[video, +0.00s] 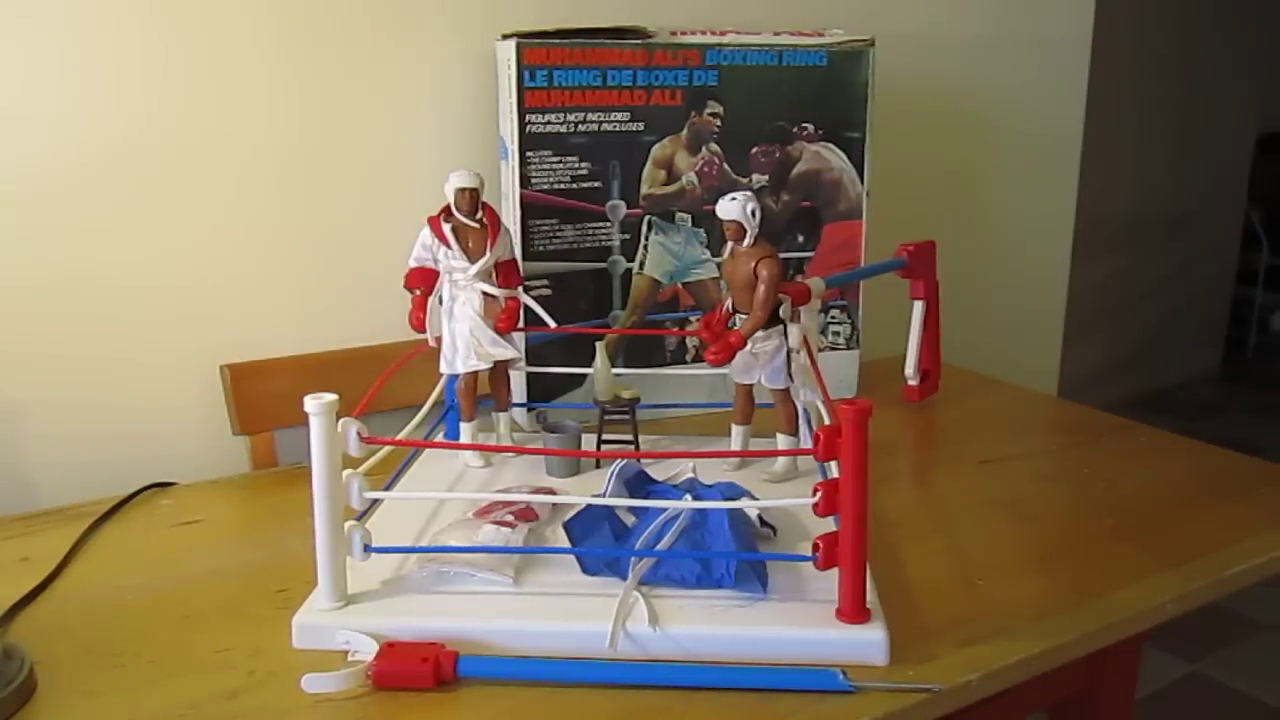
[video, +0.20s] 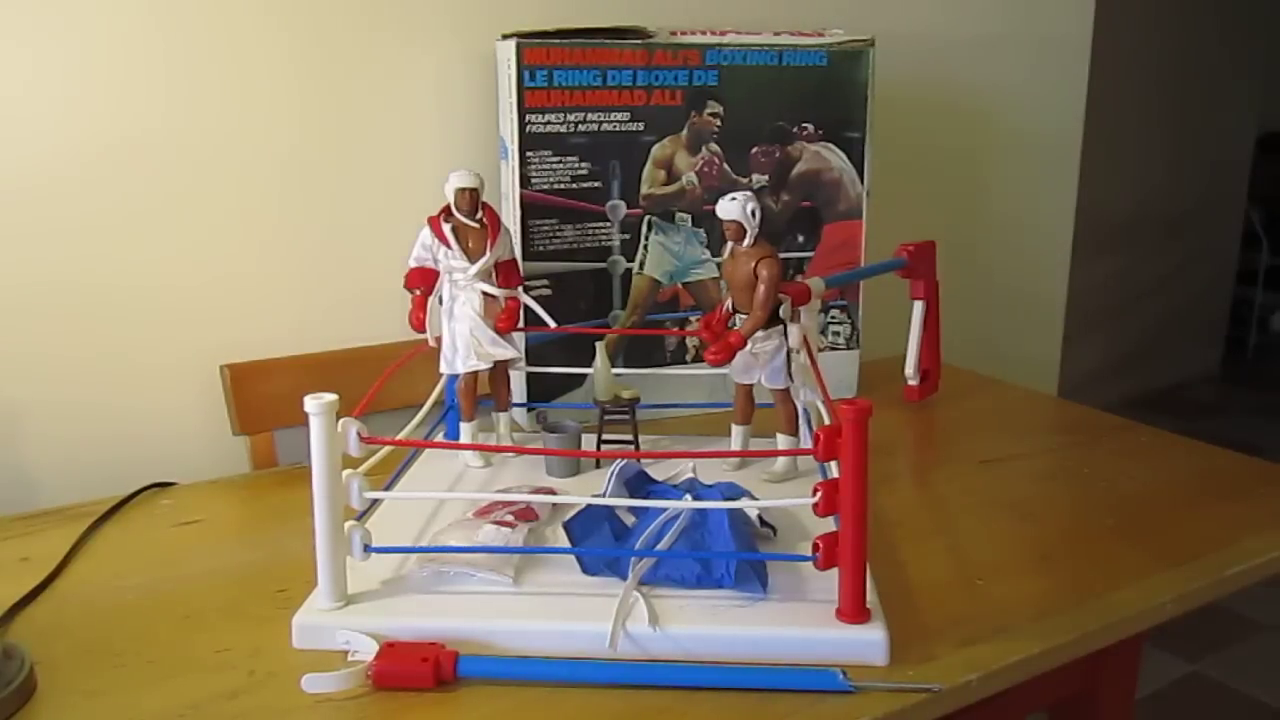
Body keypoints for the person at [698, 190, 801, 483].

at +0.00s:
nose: (725, 229)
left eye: (730, 224)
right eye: (723, 223)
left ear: (748, 224)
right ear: (724, 224)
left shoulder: (767, 262)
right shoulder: (731, 251)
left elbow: (761, 314)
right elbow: (734, 292)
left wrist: (736, 339)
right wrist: (720, 317)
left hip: (769, 334)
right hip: (743, 331)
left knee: (780, 392)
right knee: (742, 388)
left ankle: (787, 457)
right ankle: (738, 451)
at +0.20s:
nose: (725, 229)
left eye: (730, 224)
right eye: (723, 223)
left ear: (747, 224)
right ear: (725, 224)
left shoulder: (767, 263)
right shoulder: (731, 251)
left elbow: (761, 314)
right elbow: (734, 292)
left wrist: (736, 339)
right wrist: (720, 316)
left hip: (769, 334)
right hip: (743, 331)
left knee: (780, 392)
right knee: (742, 387)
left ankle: (787, 457)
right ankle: (738, 450)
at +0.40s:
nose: (725, 229)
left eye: (730, 224)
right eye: (723, 224)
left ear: (748, 224)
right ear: (724, 224)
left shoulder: (767, 262)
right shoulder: (731, 251)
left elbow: (761, 314)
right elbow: (734, 292)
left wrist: (736, 340)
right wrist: (720, 316)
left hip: (769, 333)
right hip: (743, 330)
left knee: (780, 392)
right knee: (742, 387)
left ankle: (787, 457)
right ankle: (737, 450)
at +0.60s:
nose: (725, 229)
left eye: (730, 224)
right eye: (723, 223)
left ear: (748, 224)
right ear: (724, 224)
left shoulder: (767, 263)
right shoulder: (730, 250)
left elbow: (761, 314)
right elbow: (734, 292)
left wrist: (735, 340)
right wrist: (719, 318)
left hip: (769, 333)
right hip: (742, 329)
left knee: (780, 391)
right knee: (742, 387)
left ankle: (787, 456)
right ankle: (737, 450)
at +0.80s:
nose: (725, 229)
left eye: (731, 223)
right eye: (723, 223)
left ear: (748, 224)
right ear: (724, 224)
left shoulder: (767, 263)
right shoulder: (731, 250)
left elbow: (761, 314)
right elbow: (734, 293)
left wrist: (736, 340)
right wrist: (719, 318)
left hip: (768, 333)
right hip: (742, 329)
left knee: (780, 391)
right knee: (742, 387)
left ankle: (787, 457)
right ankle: (737, 450)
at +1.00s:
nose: (725, 228)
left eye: (730, 223)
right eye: (723, 223)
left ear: (748, 223)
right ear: (724, 223)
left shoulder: (767, 263)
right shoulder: (731, 250)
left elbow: (761, 314)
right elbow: (735, 292)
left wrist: (736, 340)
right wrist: (719, 318)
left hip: (768, 333)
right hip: (742, 329)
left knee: (780, 392)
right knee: (742, 387)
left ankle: (787, 457)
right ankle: (737, 450)